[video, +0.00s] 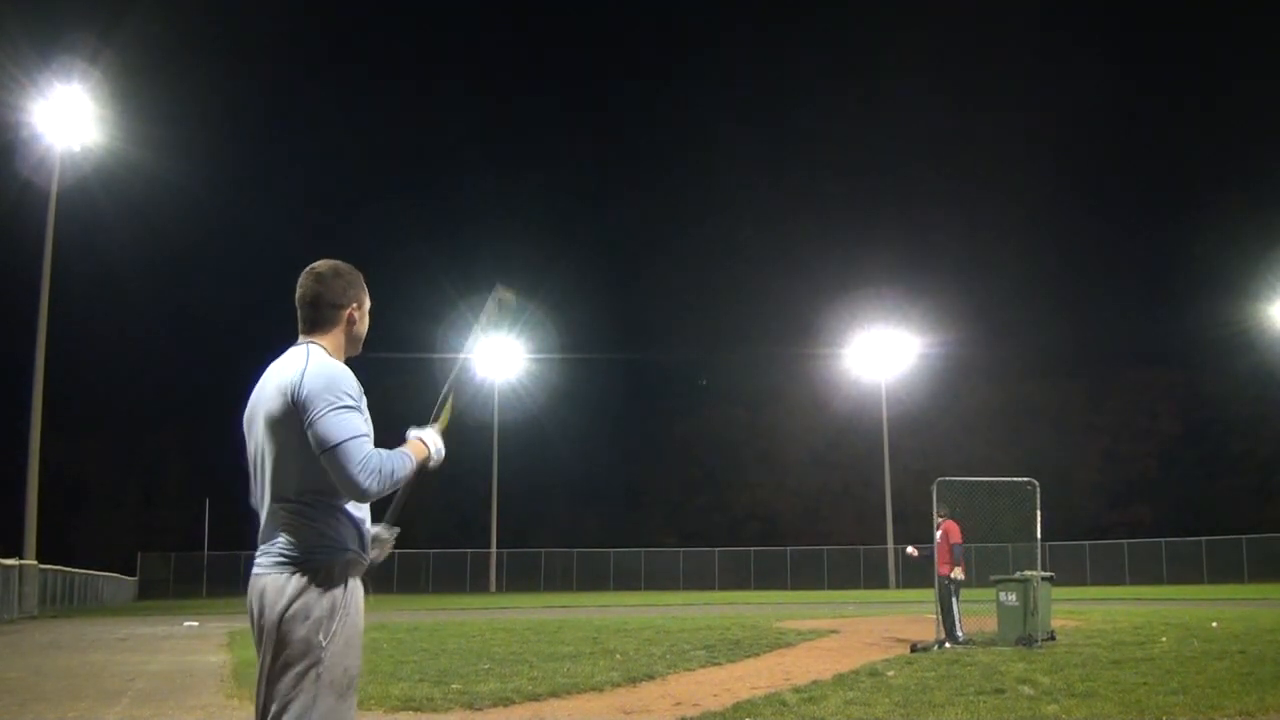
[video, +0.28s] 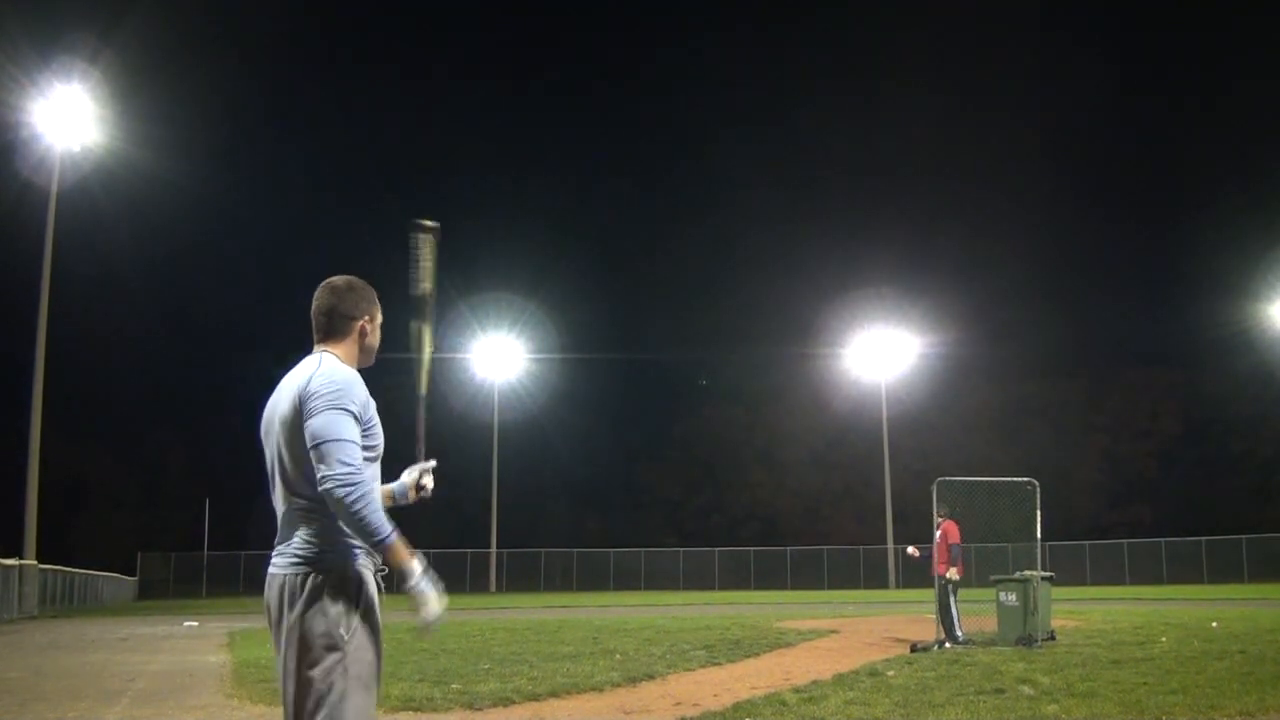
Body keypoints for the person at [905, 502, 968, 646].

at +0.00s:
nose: (933, 517)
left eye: (934, 514)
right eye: (933, 515)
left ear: (939, 514)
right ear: (940, 514)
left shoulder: (950, 526)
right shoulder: (940, 529)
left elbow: (956, 546)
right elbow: (937, 550)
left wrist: (957, 566)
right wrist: (918, 552)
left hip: (949, 573)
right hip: (941, 574)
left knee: (951, 605)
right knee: (944, 606)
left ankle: (956, 636)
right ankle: (949, 636)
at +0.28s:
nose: (933, 517)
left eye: (934, 514)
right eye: (933, 514)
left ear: (940, 514)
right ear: (940, 514)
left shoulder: (949, 526)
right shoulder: (940, 528)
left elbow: (955, 547)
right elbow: (936, 552)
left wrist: (953, 567)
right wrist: (919, 553)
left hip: (948, 573)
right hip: (940, 573)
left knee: (949, 604)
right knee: (943, 605)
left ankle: (957, 636)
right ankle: (949, 636)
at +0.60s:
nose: (932, 515)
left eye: (934, 512)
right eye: (931, 512)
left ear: (943, 513)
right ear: (933, 515)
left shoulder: (951, 527)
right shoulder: (938, 530)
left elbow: (955, 547)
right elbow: (935, 552)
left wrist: (951, 565)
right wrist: (918, 554)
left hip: (948, 572)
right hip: (938, 573)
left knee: (949, 605)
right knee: (942, 606)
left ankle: (956, 636)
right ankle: (948, 635)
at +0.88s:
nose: (933, 515)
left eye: (935, 512)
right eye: (931, 513)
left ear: (943, 513)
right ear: (930, 515)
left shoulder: (952, 527)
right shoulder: (934, 532)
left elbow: (957, 546)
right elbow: (932, 552)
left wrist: (954, 565)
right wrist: (917, 552)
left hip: (948, 572)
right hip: (937, 573)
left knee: (949, 605)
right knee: (941, 606)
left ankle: (955, 636)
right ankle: (947, 636)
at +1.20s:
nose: (933, 515)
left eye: (935, 512)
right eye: (931, 513)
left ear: (942, 513)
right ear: (929, 515)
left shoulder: (952, 526)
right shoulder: (931, 532)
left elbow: (958, 546)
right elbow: (931, 552)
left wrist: (958, 565)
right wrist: (918, 552)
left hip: (949, 571)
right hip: (937, 573)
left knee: (950, 604)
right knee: (941, 605)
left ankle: (955, 635)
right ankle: (947, 635)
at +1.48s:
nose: (932, 515)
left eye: (935, 512)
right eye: (930, 513)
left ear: (942, 513)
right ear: (929, 516)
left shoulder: (951, 527)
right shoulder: (931, 533)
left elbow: (955, 546)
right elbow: (931, 551)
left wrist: (951, 564)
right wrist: (918, 553)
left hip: (949, 572)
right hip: (937, 573)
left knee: (951, 604)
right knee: (941, 605)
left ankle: (955, 635)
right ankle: (946, 634)